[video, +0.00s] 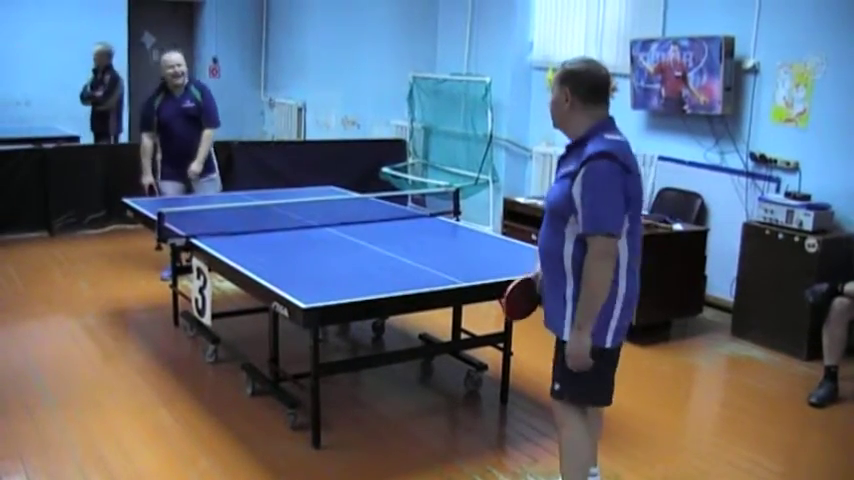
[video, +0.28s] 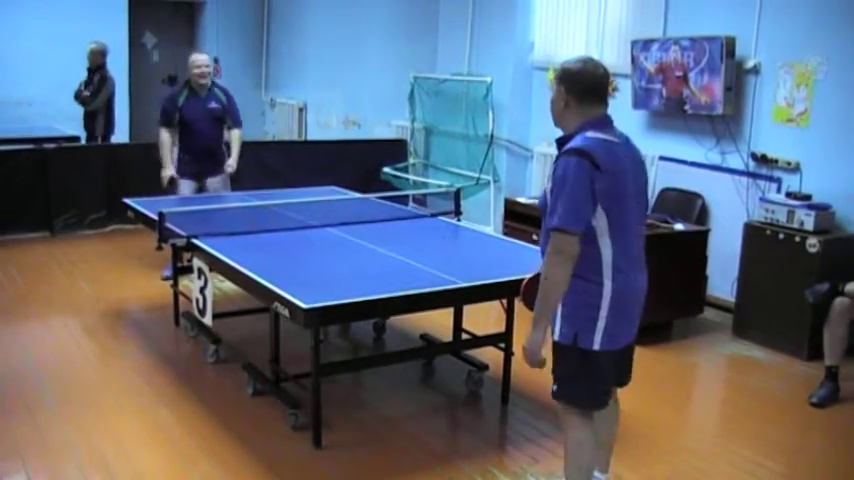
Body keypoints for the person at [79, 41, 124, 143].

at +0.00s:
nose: (96, 59)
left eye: (100, 56)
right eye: (96, 56)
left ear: (108, 58)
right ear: (94, 57)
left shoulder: (114, 78)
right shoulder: (95, 76)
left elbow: (108, 102)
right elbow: (83, 96)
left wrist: (90, 97)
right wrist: (97, 96)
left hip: (110, 127)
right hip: (97, 126)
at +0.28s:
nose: (91, 58)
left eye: (95, 55)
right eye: (90, 54)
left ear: (102, 57)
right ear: (88, 56)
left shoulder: (106, 79)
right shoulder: (89, 77)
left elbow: (97, 103)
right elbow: (78, 93)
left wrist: (82, 96)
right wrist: (86, 96)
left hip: (102, 128)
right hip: (90, 126)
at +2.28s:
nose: (84, 57)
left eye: (88, 54)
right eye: (84, 54)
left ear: (96, 57)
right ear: (82, 55)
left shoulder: (96, 77)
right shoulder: (87, 74)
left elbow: (81, 103)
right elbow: (77, 89)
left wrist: (73, 93)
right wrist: (76, 94)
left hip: (92, 129)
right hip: (84, 128)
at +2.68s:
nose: (85, 57)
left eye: (89, 53)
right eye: (85, 53)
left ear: (97, 56)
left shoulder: (96, 76)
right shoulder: (88, 73)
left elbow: (81, 102)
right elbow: (78, 88)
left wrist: (74, 92)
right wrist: (77, 93)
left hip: (92, 128)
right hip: (85, 126)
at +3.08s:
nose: (86, 57)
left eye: (90, 54)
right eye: (85, 54)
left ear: (98, 56)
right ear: (84, 55)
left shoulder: (97, 76)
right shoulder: (88, 74)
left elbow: (82, 102)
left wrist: (75, 93)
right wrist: (77, 94)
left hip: (93, 128)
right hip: (86, 127)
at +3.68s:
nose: (85, 57)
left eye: (89, 53)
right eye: (85, 53)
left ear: (97, 56)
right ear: (84, 54)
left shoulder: (97, 76)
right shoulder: (88, 73)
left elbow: (82, 102)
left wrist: (74, 92)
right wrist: (77, 93)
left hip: (93, 127)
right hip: (85, 126)